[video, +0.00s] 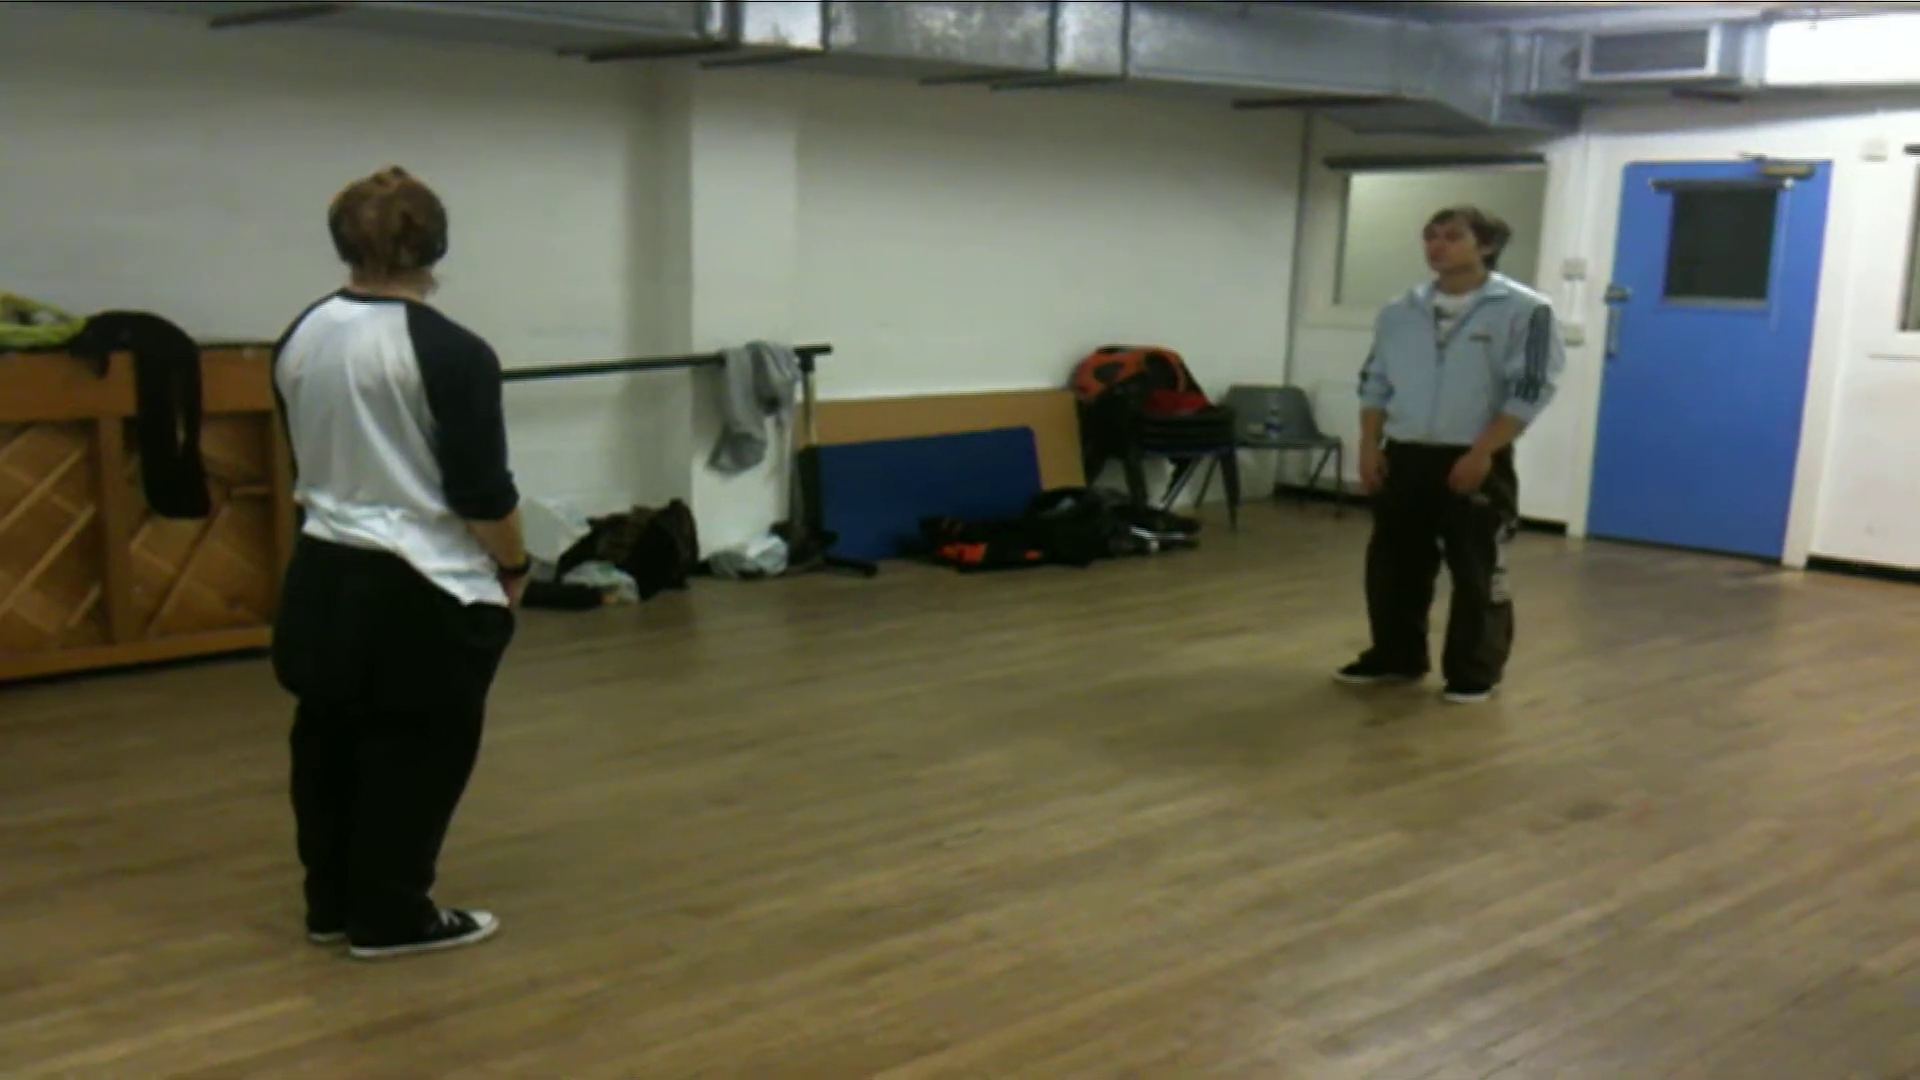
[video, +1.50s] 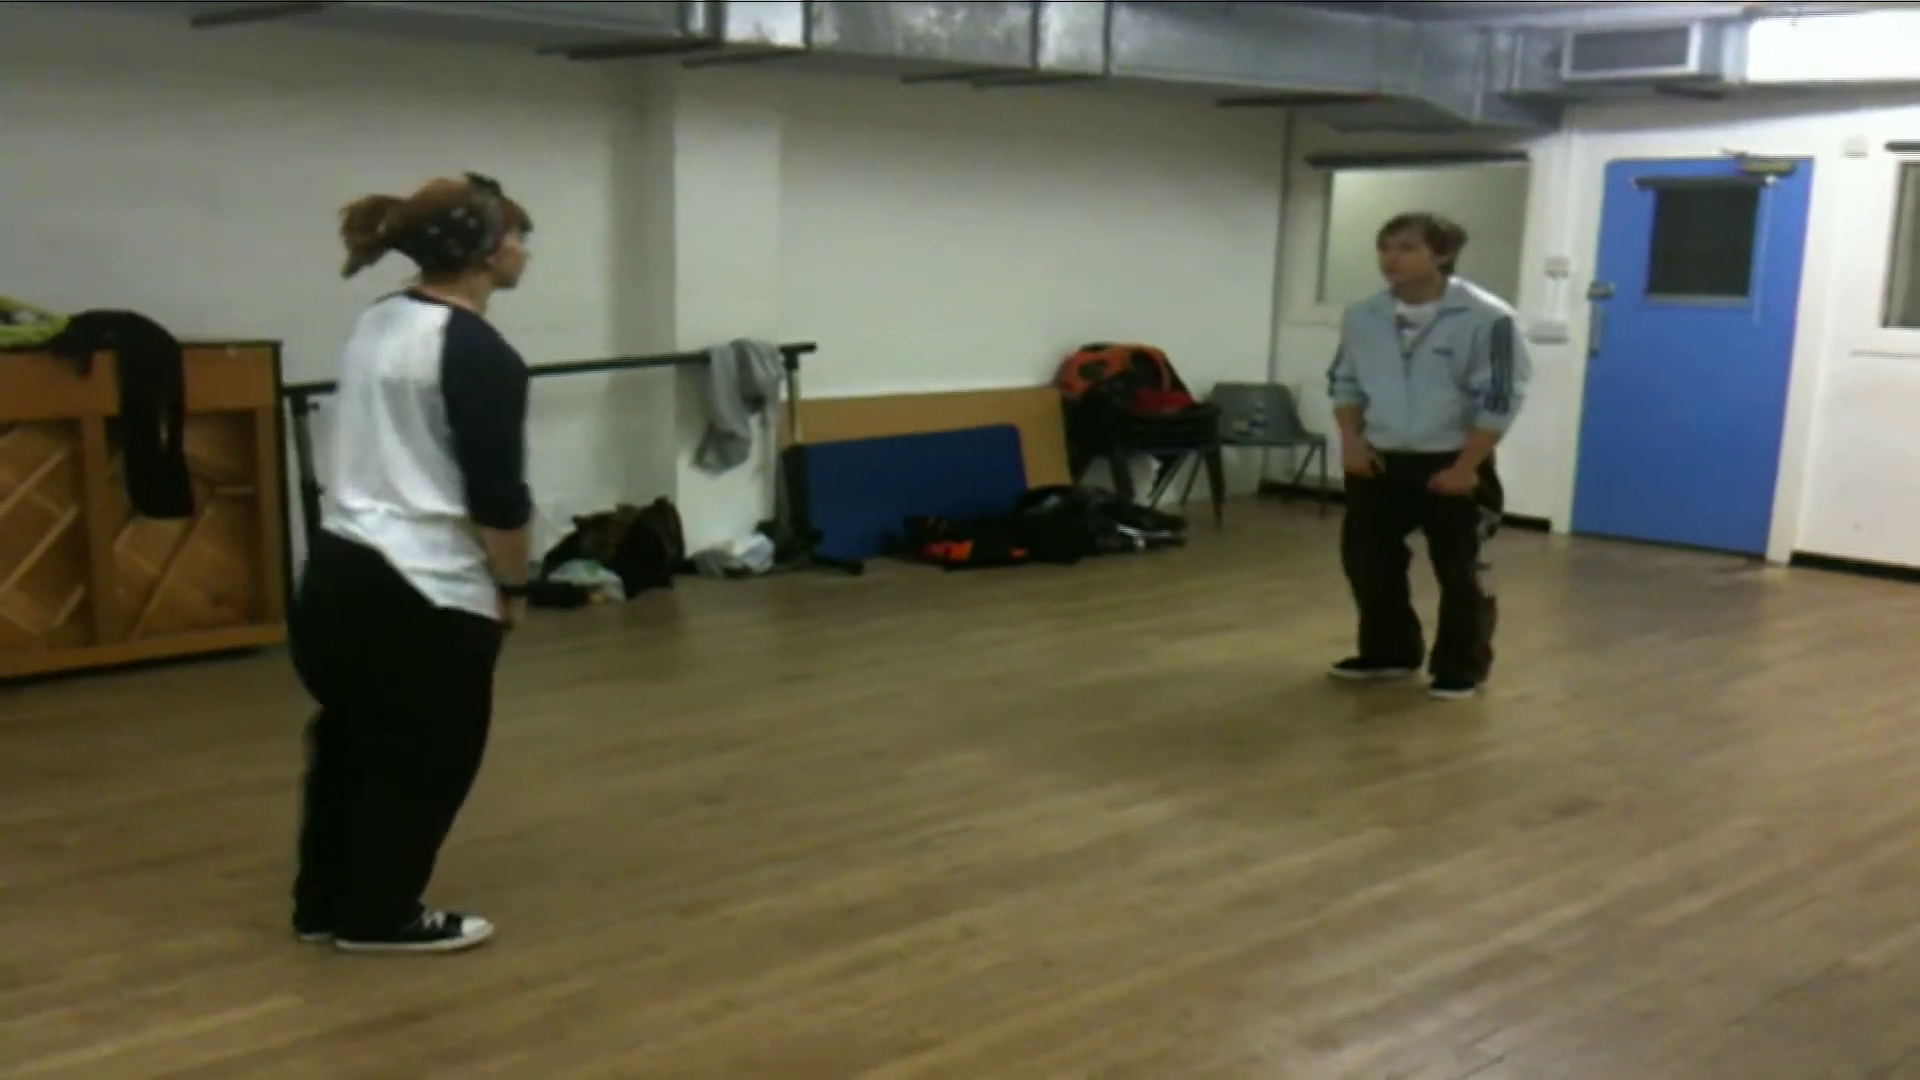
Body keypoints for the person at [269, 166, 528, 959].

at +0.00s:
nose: (439, 252)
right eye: (436, 242)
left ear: (347, 248)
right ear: (431, 249)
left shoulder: (300, 339)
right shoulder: (453, 355)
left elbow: (308, 469)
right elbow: (483, 492)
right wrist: (512, 566)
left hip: (324, 585)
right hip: (428, 599)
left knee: (330, 738)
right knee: (423, 756)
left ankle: (331, 902)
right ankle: (393, 913)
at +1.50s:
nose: (525, 247)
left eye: (522, 233)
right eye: (516, 234)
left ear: (440, 246)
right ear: (479, 248)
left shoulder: (375, 326)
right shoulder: (480, 354)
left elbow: (370, 461)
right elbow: (498, 500)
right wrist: (512, 588)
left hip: (341, 576)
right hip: (428, 594)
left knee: (355, 736)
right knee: (434, 757)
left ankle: (325, 900)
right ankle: (379, 910)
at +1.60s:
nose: (562, 257)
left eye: (560, 242)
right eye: (554, 245)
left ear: (479, 253)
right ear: (521, 257)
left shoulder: (416, 321)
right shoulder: (508, 353)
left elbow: (430, 458)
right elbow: (538, 505)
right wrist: (550, 587)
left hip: (380, 566)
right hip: (456, 586)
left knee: (420, 730)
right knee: (451, 751)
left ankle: (349, 872)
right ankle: (378, 907)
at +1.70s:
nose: (601, 279)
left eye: (600, 264)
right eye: (595, 266)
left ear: (518, 267)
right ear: (569, 273)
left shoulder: (458, 336)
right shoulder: (552, 367)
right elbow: (583, 507)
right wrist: (592, 581)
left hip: (420, 564)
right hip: (488, 577)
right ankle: (383, 902)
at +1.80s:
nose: (648, 308)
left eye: (646, 293)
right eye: (641, 295)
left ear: (569, 301)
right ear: (616, 304)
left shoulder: (522, 362)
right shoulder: (607, 383)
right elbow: (624, 521)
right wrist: (630, 585)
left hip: (461, 568)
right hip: (511, 585)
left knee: (628, 666)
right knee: (582, 744)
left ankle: (631, 818)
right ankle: (400, 886)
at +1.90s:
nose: (707, 343)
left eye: (706, 328)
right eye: (701, 330)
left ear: (631, 331)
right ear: (673, 334)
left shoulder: (587, 386)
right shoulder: (668, 384)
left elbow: (570, 493)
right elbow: (646, 500)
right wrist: (678, 566)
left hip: (525, 587)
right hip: (582, 607)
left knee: (685, 662)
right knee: (611, 773)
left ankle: (738, 783)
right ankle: (411, 887)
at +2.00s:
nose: (746, 346)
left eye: (745, 335)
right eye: (740, 336)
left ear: (671, 340)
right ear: (718, 337)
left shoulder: (629, 397)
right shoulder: (723, 382)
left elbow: (611, 506)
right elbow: (719, 496)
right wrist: (744, 559)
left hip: (606, 590)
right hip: (663, 599)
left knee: (749, 661)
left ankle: (753, 797)